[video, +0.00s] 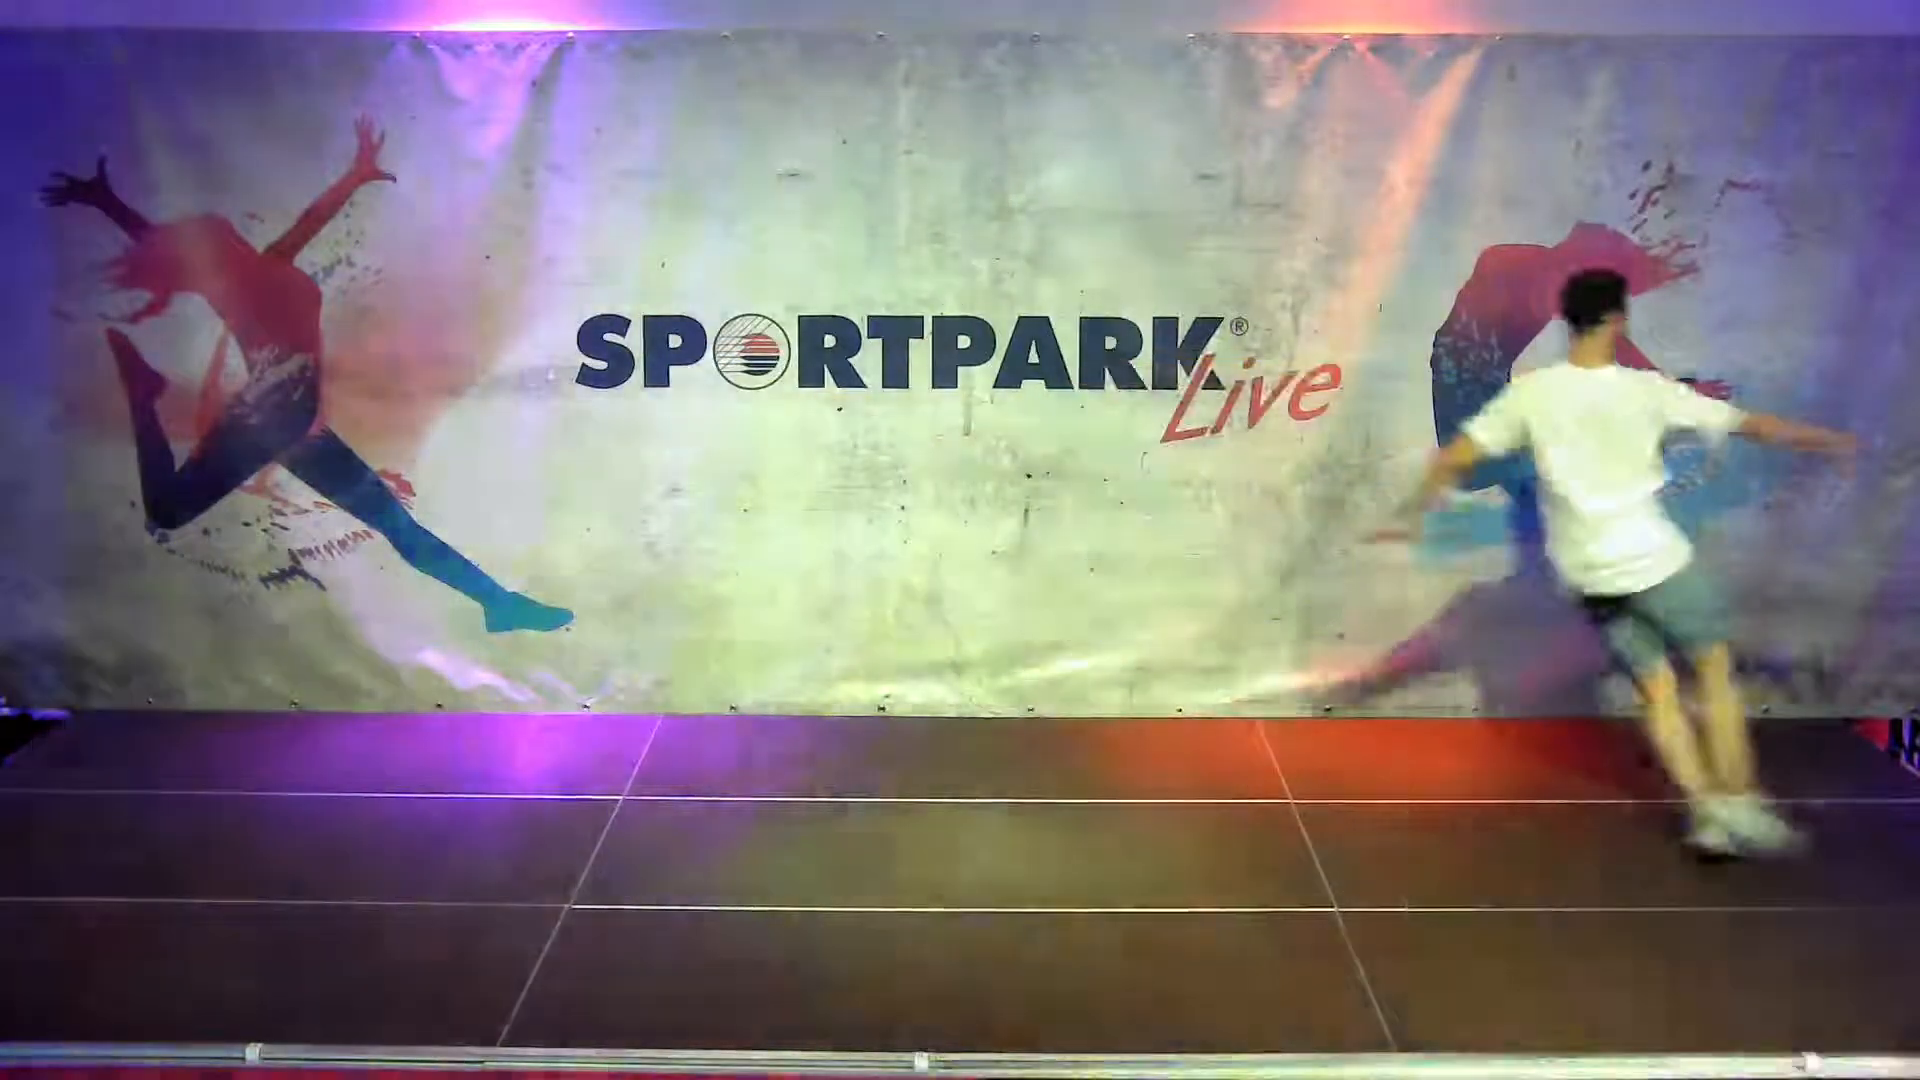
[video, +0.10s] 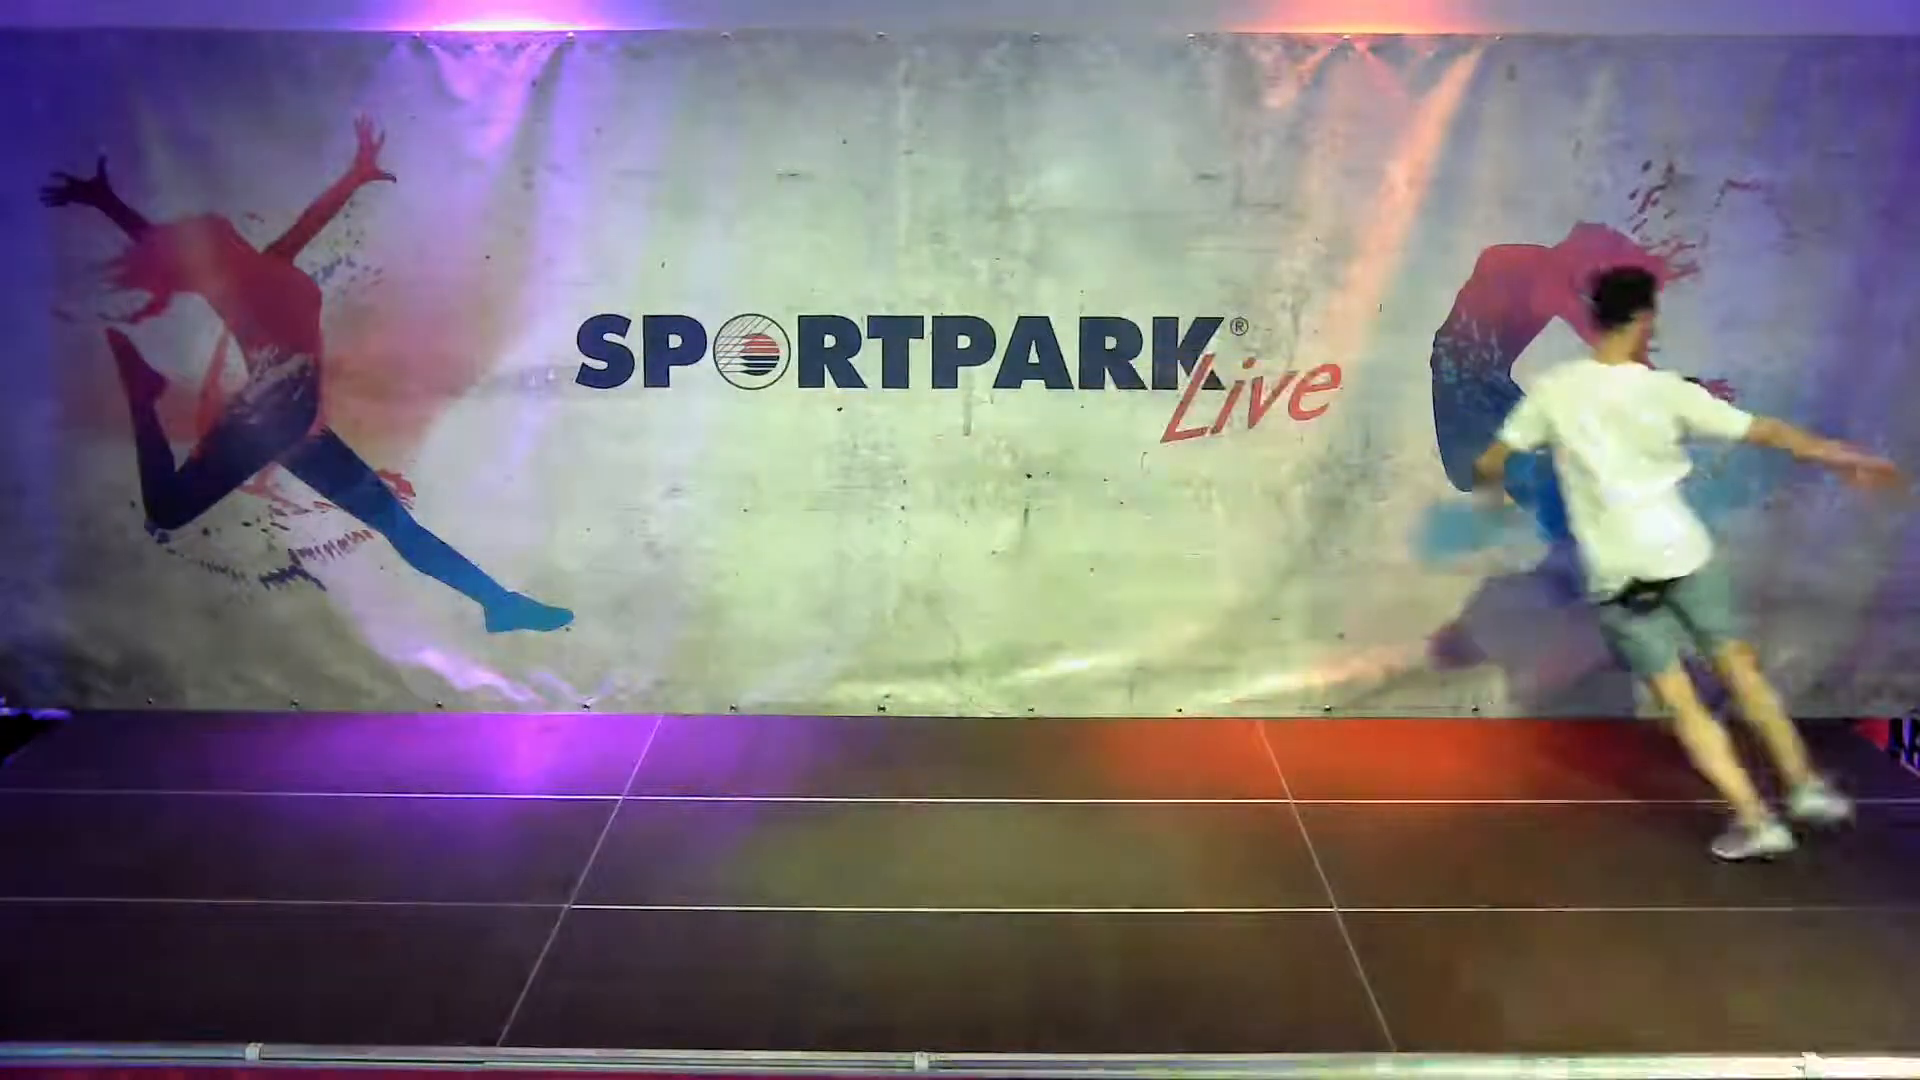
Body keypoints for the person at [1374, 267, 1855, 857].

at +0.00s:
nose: (1622, 327)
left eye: (1615, 318)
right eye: (1620, 317)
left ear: (1567, 321)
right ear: (1615, 321)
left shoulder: (1532, 393)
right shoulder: (1645, 389)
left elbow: (1456, 455)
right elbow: (1741, 421)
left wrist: (1419, 502)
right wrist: (1821, 439)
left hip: (1587, 571)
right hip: (1652, 555)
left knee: (1655, 687)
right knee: (1712, 660)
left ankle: (1703, 809)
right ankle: (1739, 800)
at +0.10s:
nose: (1653, 330)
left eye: (1650, 320)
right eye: (1651, 320)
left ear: (1596, 322)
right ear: (1639, 322)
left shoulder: (1553, 392)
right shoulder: (1661, 389)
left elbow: (1488, 465)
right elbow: (1758, 430)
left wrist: (1495, 481)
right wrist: (1837, 455)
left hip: (1613, 572)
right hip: (1682, 553)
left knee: (1680, 702)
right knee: (1740, 668)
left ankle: (1756, 821)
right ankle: (1804, 784)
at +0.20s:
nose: (1691, 342)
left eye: (1689, 331)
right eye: (1690, 331)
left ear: (1636, 327)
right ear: (1679, 331)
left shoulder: (1593, 393)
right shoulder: (1689, 396)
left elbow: (1556, 441)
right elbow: (1775, 443)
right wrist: (1857, 481)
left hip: (1650, 572)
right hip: (1714, 555)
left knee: (1715, 696)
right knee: (1752, 650)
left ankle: (1776, 826)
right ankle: (1786, 765)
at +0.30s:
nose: (1705, 332)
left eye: (1705, 322)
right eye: (1705, 323)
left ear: (1647, 322)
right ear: (1694, 325)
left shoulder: (1606, 391)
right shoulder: (1705, 392)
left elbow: (1617, 436)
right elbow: (1779, 448)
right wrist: (1866, 483)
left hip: (1659, 565)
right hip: (1730, 556)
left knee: (1689, 679)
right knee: (1761, 659)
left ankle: (1737, 777)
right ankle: (1777, 769)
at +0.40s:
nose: (1710, 315)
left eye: (1708, 303)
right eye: (1703, 306)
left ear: (1652, 315)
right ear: (1678, 315)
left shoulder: (1612, 374)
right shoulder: (1696, 387)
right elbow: (1776, 441)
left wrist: (1683, 352)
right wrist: (1836, 443)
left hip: (1660, 548)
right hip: (1725, 546)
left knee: (1683, 630)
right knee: (1765, 638)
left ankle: (1674, 731)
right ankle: (1773, 765)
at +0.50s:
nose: (1698, 319)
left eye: (1695, 307)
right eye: (1688, 311)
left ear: (1646, 324)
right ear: (1656, 322)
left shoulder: (1614, 374)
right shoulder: (1686, 387)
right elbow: (1765, 427)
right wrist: (1806, 411)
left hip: (1648, 551)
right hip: (1708, 551)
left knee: (1684, 623)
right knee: (1767, 632)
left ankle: (1644, 720)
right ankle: (1762, 757)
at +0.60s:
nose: (1658, 329)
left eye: (1661, 317)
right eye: (1644, 321)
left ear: (1664, 318)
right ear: (1616, 330)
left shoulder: (1633, 377)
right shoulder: (1641, 394)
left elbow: (1698, 401)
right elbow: (1725, 402)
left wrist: (1741, 427)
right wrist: (1724, 341)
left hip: (1629, 545)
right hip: (1656, 553)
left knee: (1685, 627)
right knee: (1733, 640)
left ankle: (1602, 720)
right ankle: (1754, 760)